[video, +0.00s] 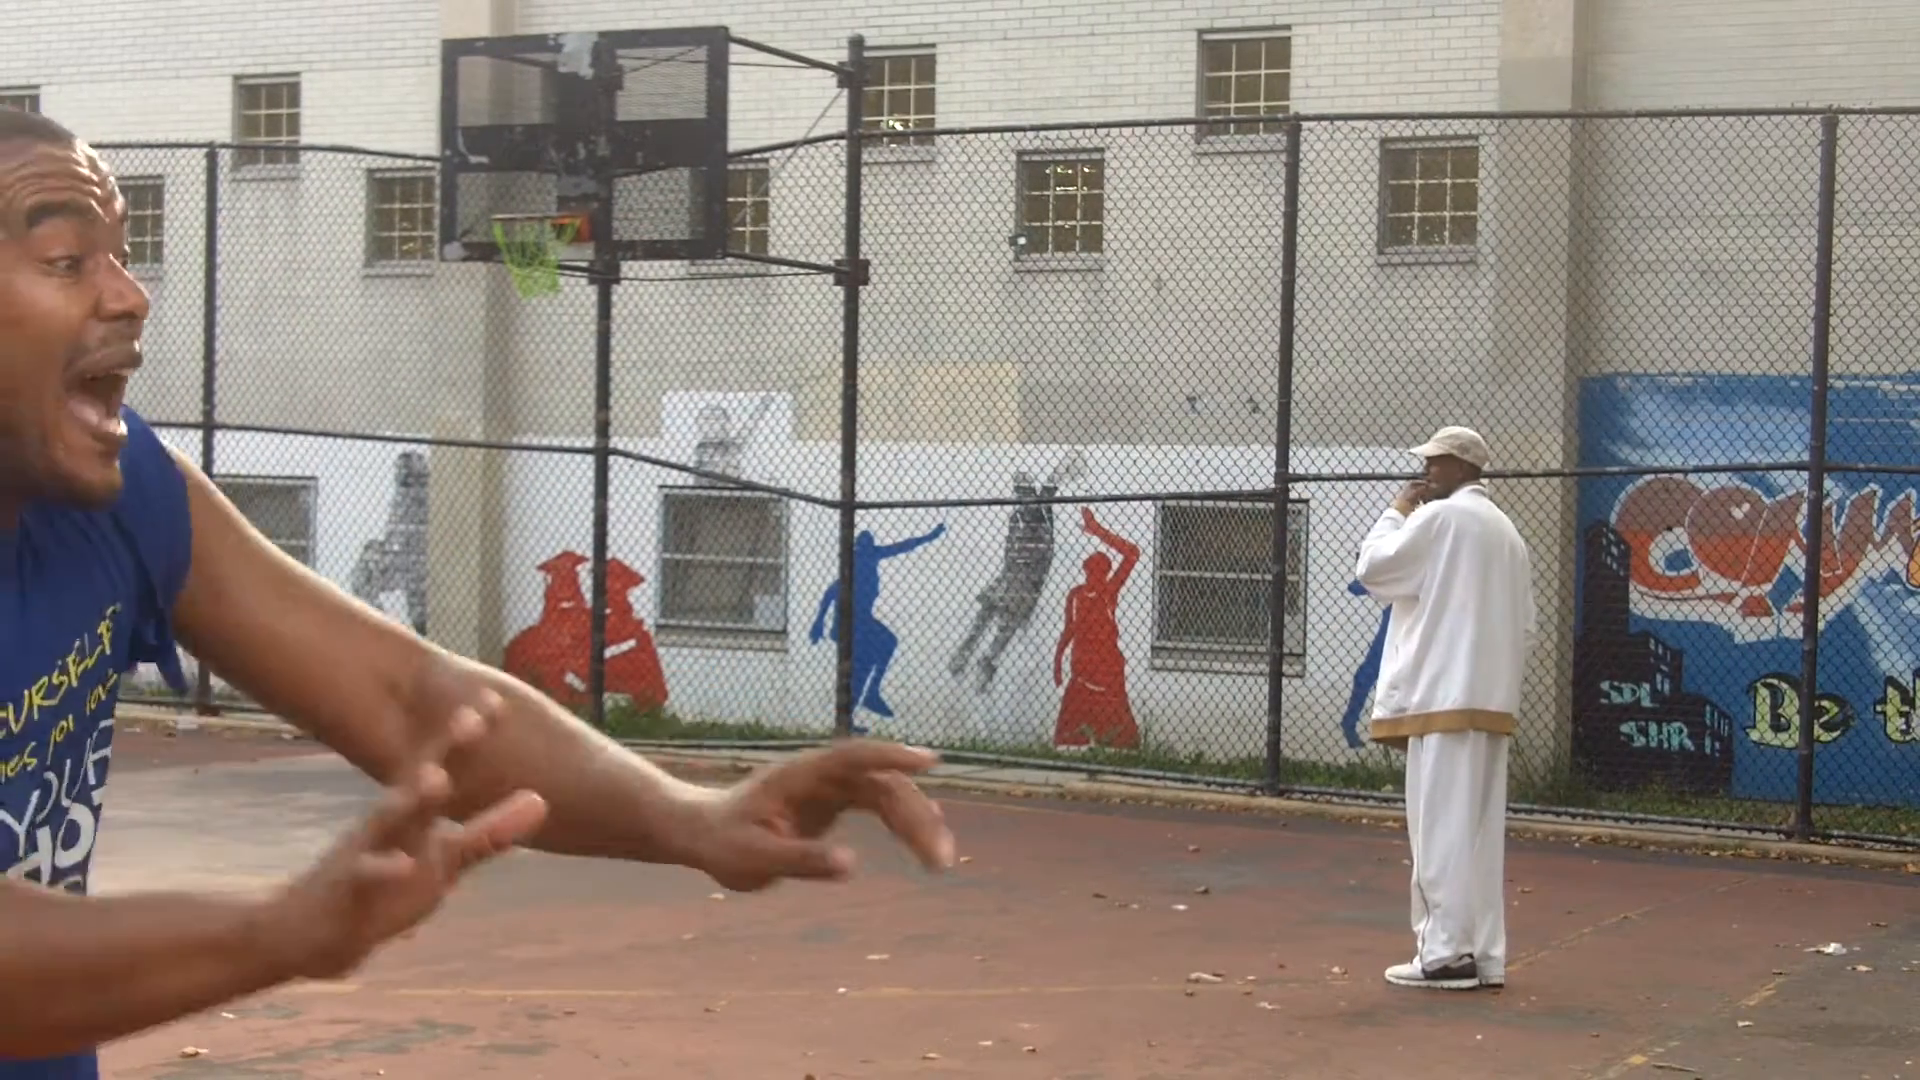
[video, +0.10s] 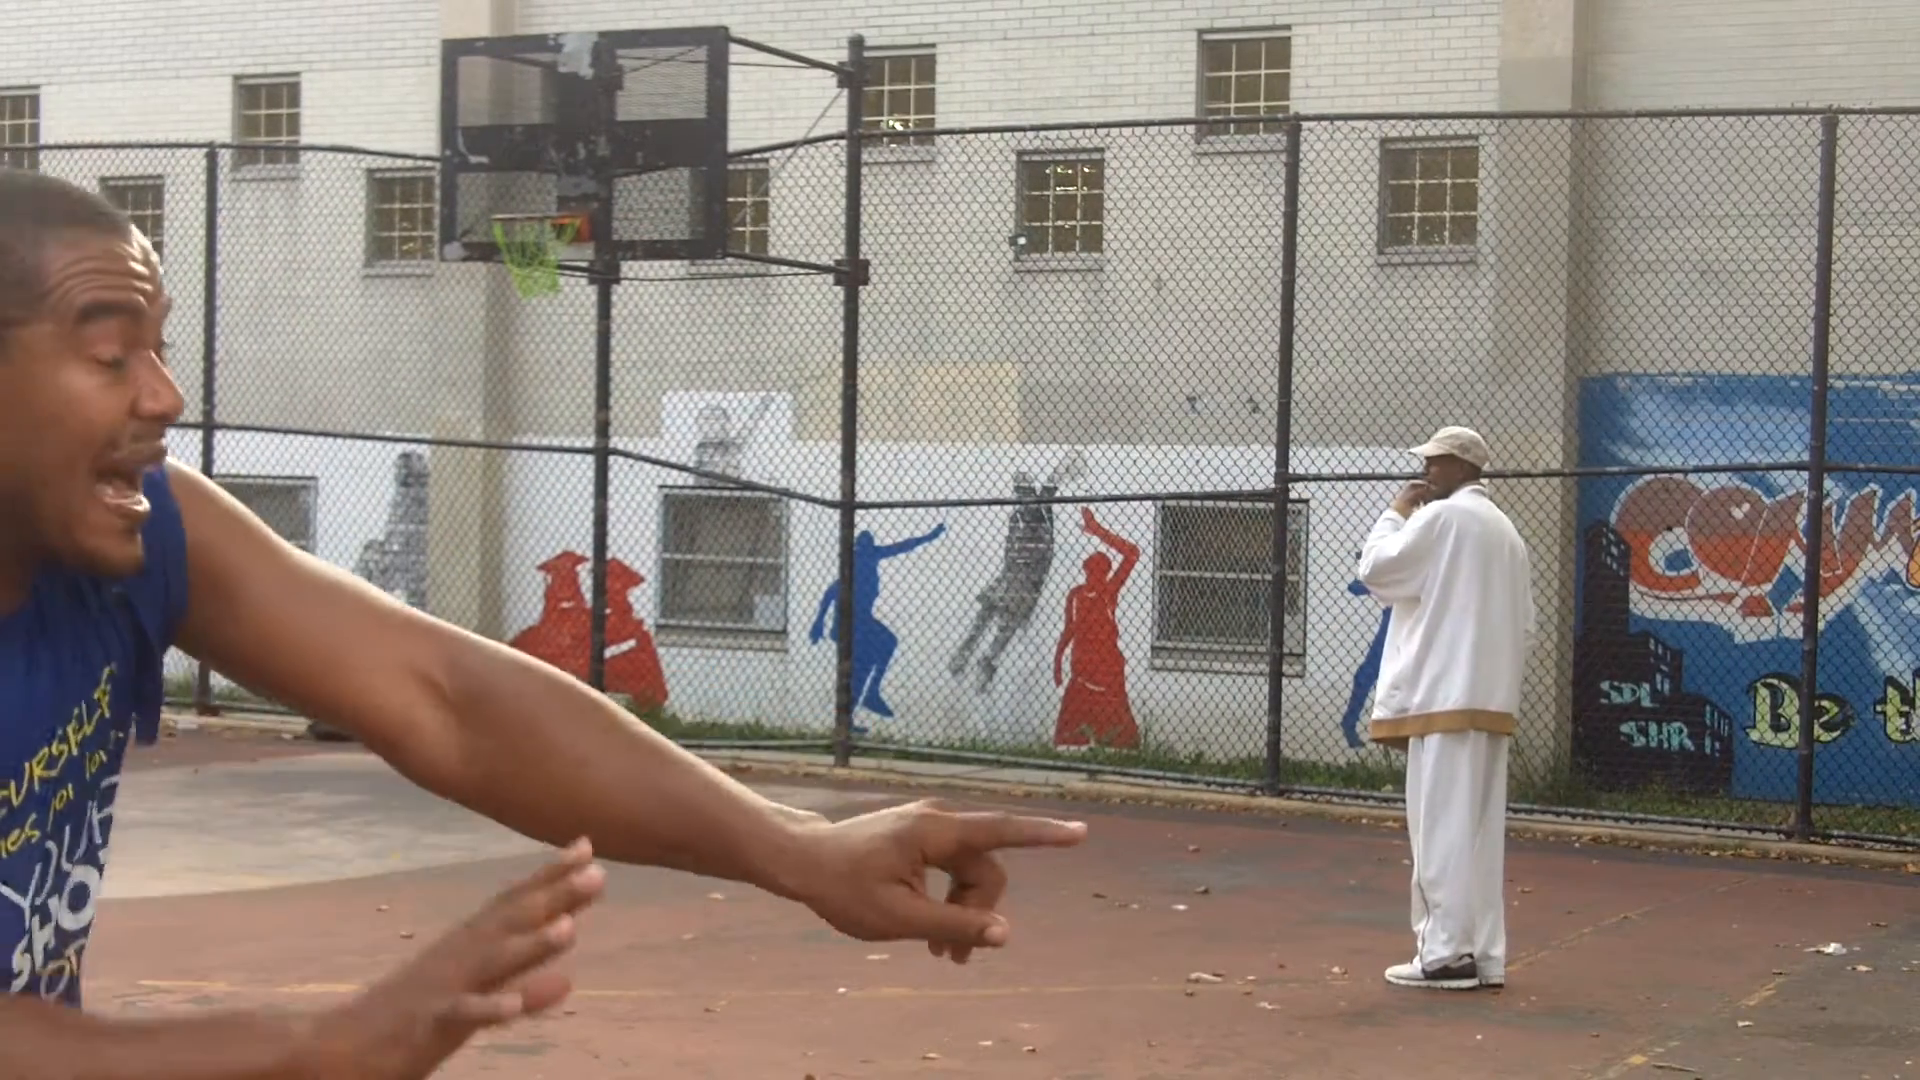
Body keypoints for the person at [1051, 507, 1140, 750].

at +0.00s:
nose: (1097, 575)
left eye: (1101, 570)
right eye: (1093, 569)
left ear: (1107, 572)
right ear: (1086, 569)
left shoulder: (1112, 589)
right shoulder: (1076, 593)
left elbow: (1132, 554)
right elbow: (1069, 628)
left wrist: (1098, 531)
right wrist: (1058, 659)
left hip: (1108, 657)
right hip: (1082, 657)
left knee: (1111, 705)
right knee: (1078, 705)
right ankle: (1070, 746)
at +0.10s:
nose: (1096, 575)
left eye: (1100, 570)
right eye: (1093, 569)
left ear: (1106, 572)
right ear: (1086, 570)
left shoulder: (1112, 589)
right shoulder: (1076, 593)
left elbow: (1132, 554)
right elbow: (1069, 628)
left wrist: (1098, 531)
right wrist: (1058, 658)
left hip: (1108, 657)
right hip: (1082, 657)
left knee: (1111, 704)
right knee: (1077, 704)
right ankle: (1070, 745)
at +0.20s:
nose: (1097, 575)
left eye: (1101, 570)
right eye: (1093, 569)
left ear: (1107, 572)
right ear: (1086, 569)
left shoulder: (1112, 589)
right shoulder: (1076, 593)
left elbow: (1132, 554)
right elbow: (1069, 628)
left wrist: (1098, 531)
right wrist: (1058, 659)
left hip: (1108, 657)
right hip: (1082, 657)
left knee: (1111, 705)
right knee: (1078, 705)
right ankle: (1070, 746)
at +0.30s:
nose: (1097, 575)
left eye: (1101, 570)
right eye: (1093, 569)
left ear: (1107, 572)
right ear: (1086, 569)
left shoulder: (1112, 589)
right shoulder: (1076, 593)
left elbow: (1132, 554)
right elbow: (1069, 628)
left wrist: (1098, 531)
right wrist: (1058, 659)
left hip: (1108, 657)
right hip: (1082, 657)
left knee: (1111, 705)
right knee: (1078, 705)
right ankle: (1070, 746)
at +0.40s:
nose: (1097, 575)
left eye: (1101, 570)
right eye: (1093, 569)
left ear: (1107, 572)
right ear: (1086, 569)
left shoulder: (1112, 589)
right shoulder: (1076, 593)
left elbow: (1132, 554)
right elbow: (1069, 628)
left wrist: (1098, 531)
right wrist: (1058, 659)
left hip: (1108, 657)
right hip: (1082, 657)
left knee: (1111, 705)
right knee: (1078, 705)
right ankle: (1070, 746)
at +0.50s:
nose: (1096, 575)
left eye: (1100, 570)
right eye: (1093, 569)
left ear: (1106, 572)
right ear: (1086, 569)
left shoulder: (1112, 589)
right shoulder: (1076, 594)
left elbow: (1132, 554)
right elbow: (1070, 628)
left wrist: (1099, 531)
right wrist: (1058, 658)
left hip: (1109, 658)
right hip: (1083, 658)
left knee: (1112, 706)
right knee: (1077, 705)